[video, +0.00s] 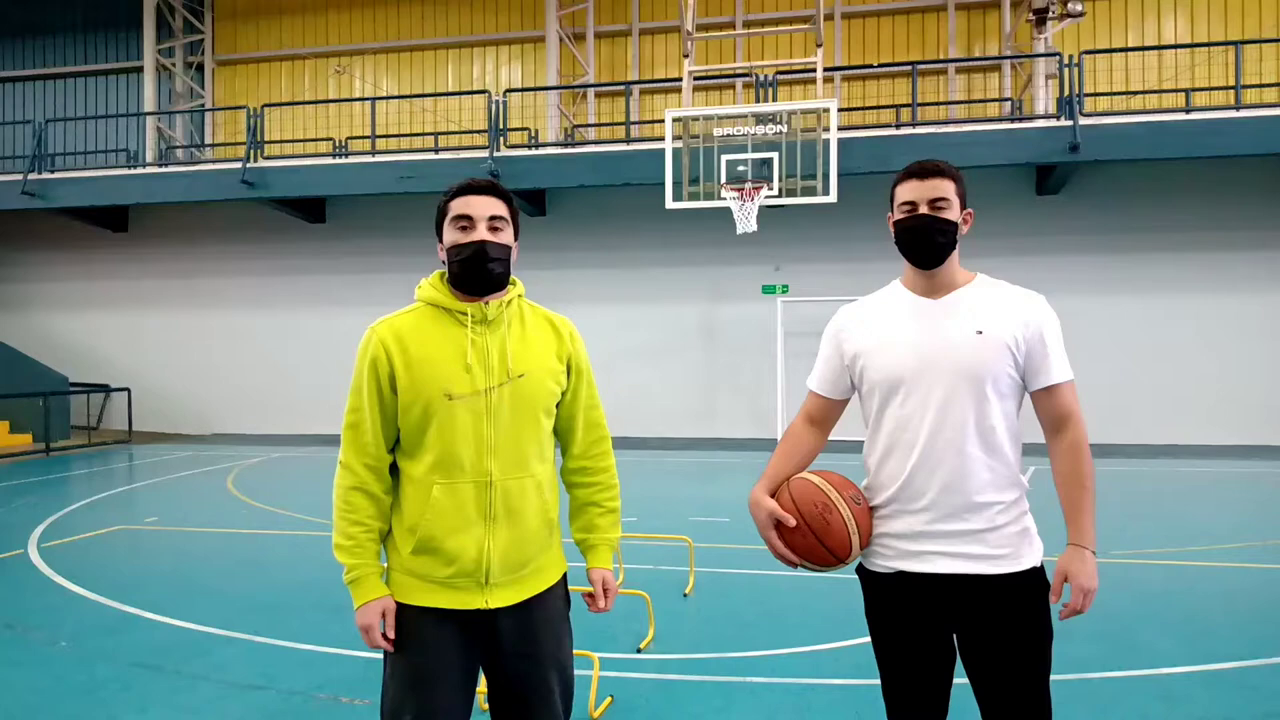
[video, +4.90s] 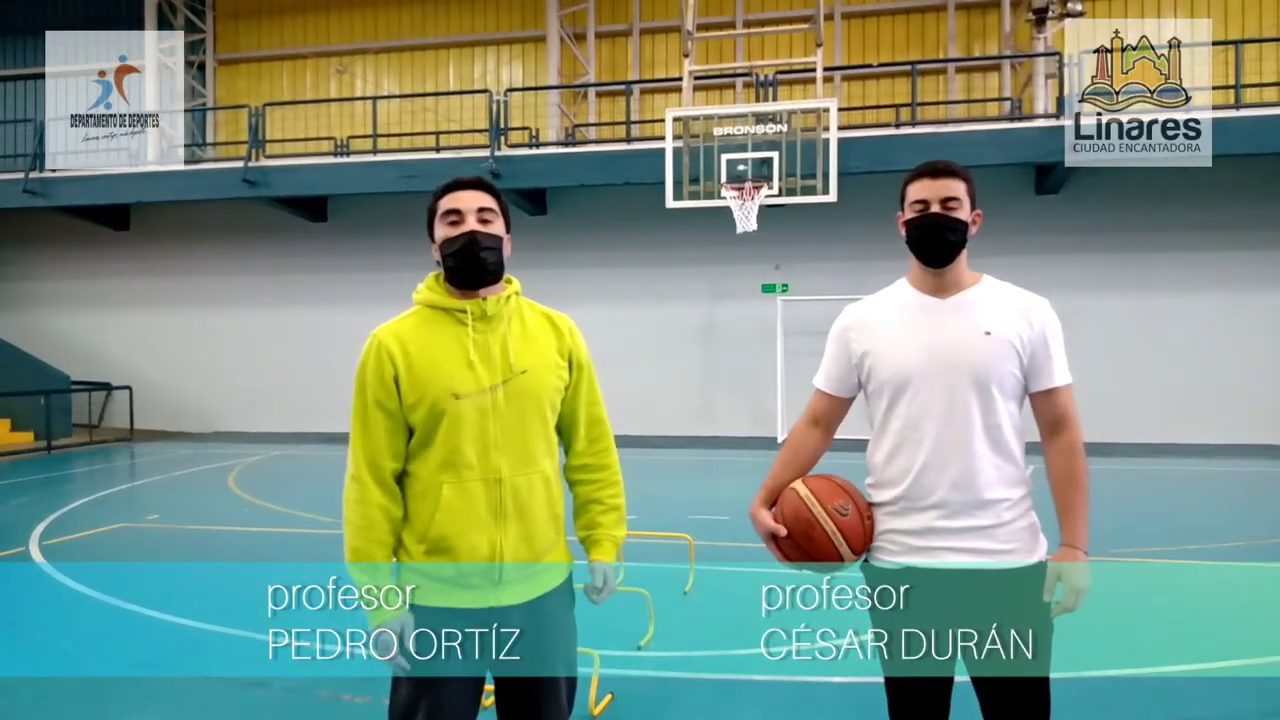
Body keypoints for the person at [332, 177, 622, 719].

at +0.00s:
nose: (481, 235)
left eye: (496, 224)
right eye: (463, 224)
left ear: (515, 244)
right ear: (441, 246)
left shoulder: (555, 336)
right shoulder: (391, 341)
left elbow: (589, 454)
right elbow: (361, 469)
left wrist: (600, 554)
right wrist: (366, 584)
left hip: (533, 594)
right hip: (427, 598)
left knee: (543, 713)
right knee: (422, 715)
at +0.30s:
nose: (481, 231)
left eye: (497, 220)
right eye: (463, 221)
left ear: (515, 242)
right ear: (443, 243)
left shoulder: (557, 333)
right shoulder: (393, 337)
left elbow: (590, 449)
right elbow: (355, 443)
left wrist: (602, 546)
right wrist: (363, 505)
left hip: (535, 587)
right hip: (428, 590)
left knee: (545, 712)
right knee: (424, 715)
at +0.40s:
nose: (477, 232)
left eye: (493, 222)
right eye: (460, 222)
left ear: (513, 244)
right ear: (440, 246)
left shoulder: (557, 333)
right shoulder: (395, 334)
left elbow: (590, 450)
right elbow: (341, 459)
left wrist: (603, 546)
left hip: (535, 588)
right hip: (429, 592)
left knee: (544, 713)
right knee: (423, 715)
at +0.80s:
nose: (494, 226)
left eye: (508, 218)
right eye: (477, 218)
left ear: (528, 243)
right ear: (455, 245)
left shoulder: (562, 338)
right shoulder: (406, 332)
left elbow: (589, 456)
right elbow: (348, 433)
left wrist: (599, 550)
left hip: (536, 588)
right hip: (435, 590)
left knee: (543, 710)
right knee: (428, 713)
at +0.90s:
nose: (499, 226)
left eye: (514, 218)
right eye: (482, 217)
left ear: (532, 243)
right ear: (459, 243)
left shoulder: (563, 338)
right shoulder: (410, 332)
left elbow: (588, 458)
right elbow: (368, 455)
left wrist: (594, 554)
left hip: (539, 591)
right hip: (436, 593)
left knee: (546, 711)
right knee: (428, 715)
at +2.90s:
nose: (483, 227)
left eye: (499, 217)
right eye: (465, 218)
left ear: (518, 242)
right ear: (445, 244)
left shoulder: (558, 335)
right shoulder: (399, 340)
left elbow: (589, 454)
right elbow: (368, 467)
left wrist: (599, 552)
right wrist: (363, 581)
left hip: (542, 587)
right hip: (439, 590)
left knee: (548, 711)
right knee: (432, 713)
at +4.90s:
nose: (472, 227)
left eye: (487, 216)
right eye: (454, 219)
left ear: (509, 240)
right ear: (434, 246)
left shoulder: (556, 334)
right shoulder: (394, 346)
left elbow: (591, 448)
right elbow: (371, 478)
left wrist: (603, 543)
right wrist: (379, 596)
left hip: (541, 589)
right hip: (436, 593)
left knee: (547, 711)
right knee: (431, 714)